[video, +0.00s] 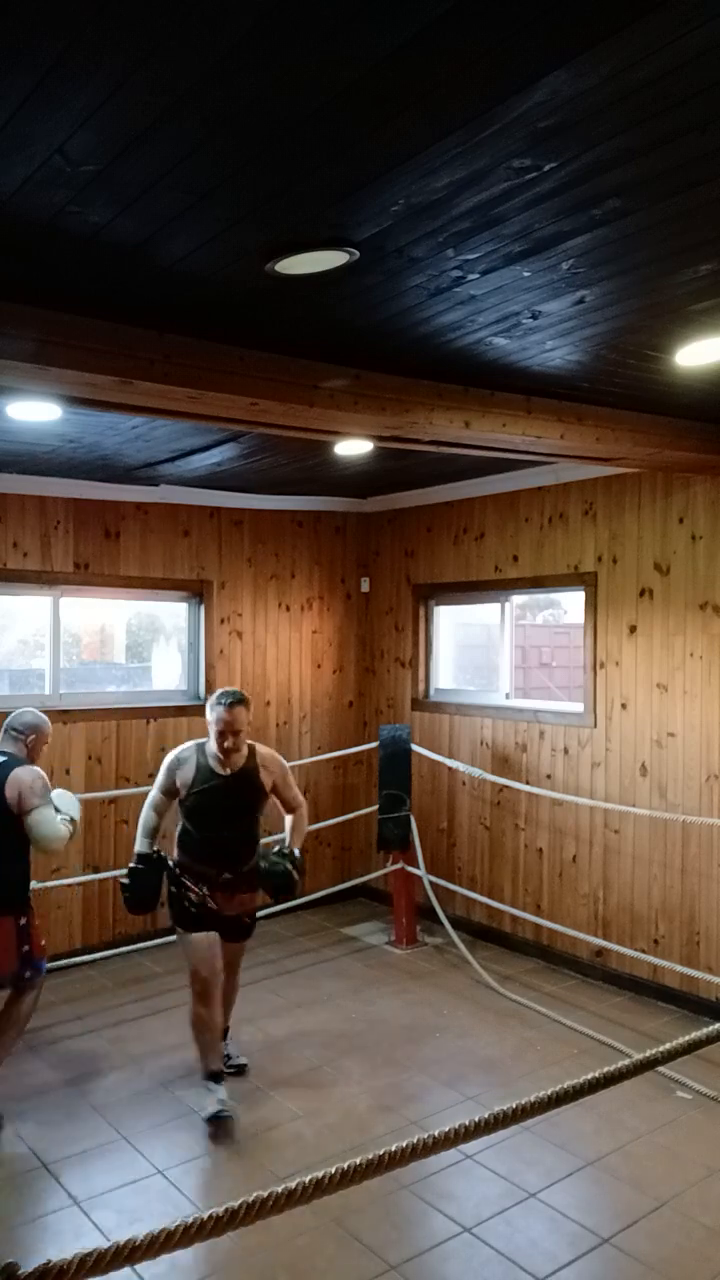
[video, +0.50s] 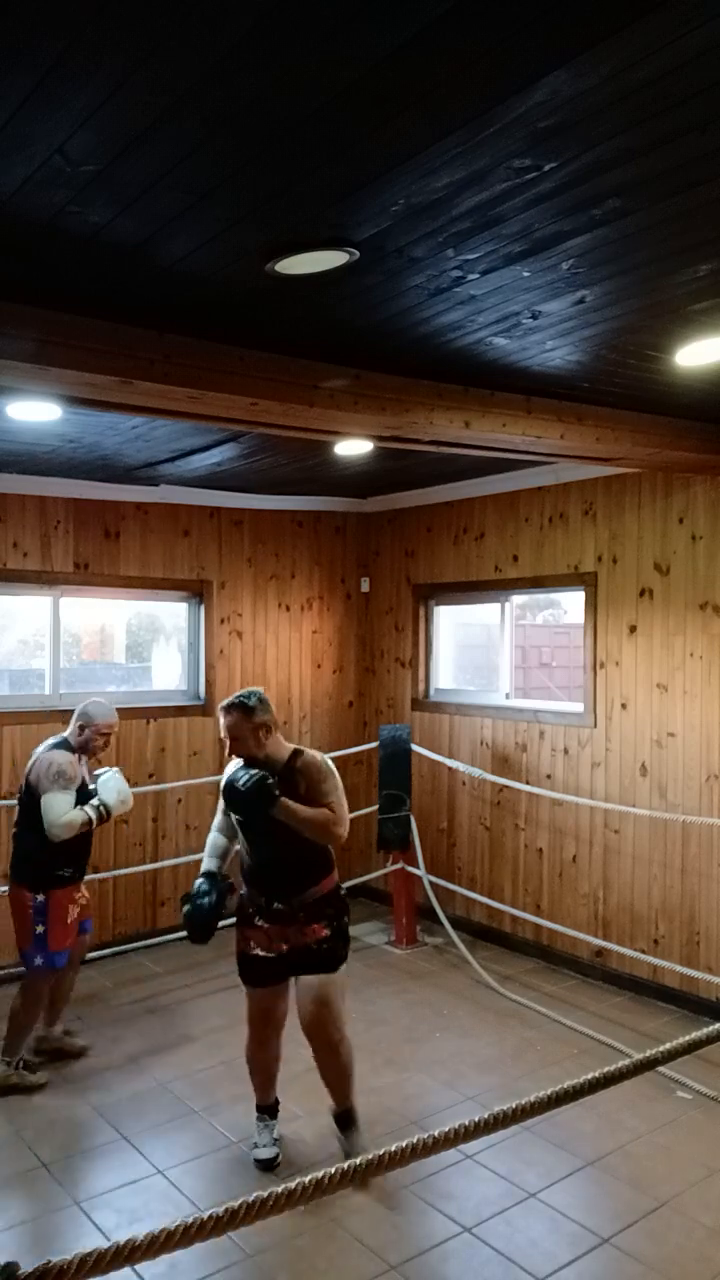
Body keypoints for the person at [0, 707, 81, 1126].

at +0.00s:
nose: (45, 750)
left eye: (45, 743)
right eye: (44, 743)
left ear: (10, 734)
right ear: (31, 740)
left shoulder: (8, 769)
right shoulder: (26, 775)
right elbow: (51, 837)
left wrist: (50, 808)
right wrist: (66, 813)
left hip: (9, 900)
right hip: (9, 902)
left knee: (22, 979)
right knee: (29, 980)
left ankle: (6, 1051)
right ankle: (3, 1054)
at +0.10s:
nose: (57, 747)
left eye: (59, 740)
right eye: (57, 739)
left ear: (23, 729)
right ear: (41, 735)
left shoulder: (10, 761)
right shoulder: (27, 770)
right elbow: (34, 835)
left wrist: (56, 822)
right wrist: (64, 819)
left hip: (14, 895)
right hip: (13, 897)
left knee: (34, 971)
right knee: (36, 972)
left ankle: (6, 1065)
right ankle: (4, 1067)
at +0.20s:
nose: (69, 749)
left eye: (72, 742)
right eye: (69, 740)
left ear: (38, 729)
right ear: (51, 735)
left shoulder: (9, 756)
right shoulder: (35, 769)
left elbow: (73, 806)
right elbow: (32, 834)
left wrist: (61, 815)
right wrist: (67, 821)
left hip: (9, 889)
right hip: (19, 894)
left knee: (32, 970)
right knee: (33, 971)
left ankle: (8, 1060)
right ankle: (7, 1063)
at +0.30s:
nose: (83, 752)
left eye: (85, 744)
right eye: (81, 743)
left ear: (52, 736)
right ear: (58, 738)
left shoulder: (18, 760)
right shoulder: (42, 775)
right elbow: (43, 840)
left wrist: (67, 793)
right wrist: (86, 822)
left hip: (11, 894)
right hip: (30, 899)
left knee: (13, 974)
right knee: (45, 976)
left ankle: (10, 1062)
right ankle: (9, 1065)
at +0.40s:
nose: (95, 750)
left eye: (98, 743)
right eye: (91, 742)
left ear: (68, 736)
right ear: (69, 736)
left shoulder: (36, 757)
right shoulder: (49, 771)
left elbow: (44, 822)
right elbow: (56, 838)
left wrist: (80, 798)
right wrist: (98, 813)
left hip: (21, 888)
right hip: (33, 894)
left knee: (35, 975)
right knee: (45, 978)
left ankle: (7, 1048)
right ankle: (9, 1063)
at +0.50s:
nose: (107, 743)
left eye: (110, 736)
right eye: (103, 736)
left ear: (92, 730)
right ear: (81, 729)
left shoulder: (76, 756)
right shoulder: (56, 760)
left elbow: (73, 806)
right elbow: (58, 826)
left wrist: (101, 794)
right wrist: (102, 806)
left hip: (65, 880)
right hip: (39, 885)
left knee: (78, 941)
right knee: (44, 970)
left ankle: (50, 1032)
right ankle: (9, 1060)